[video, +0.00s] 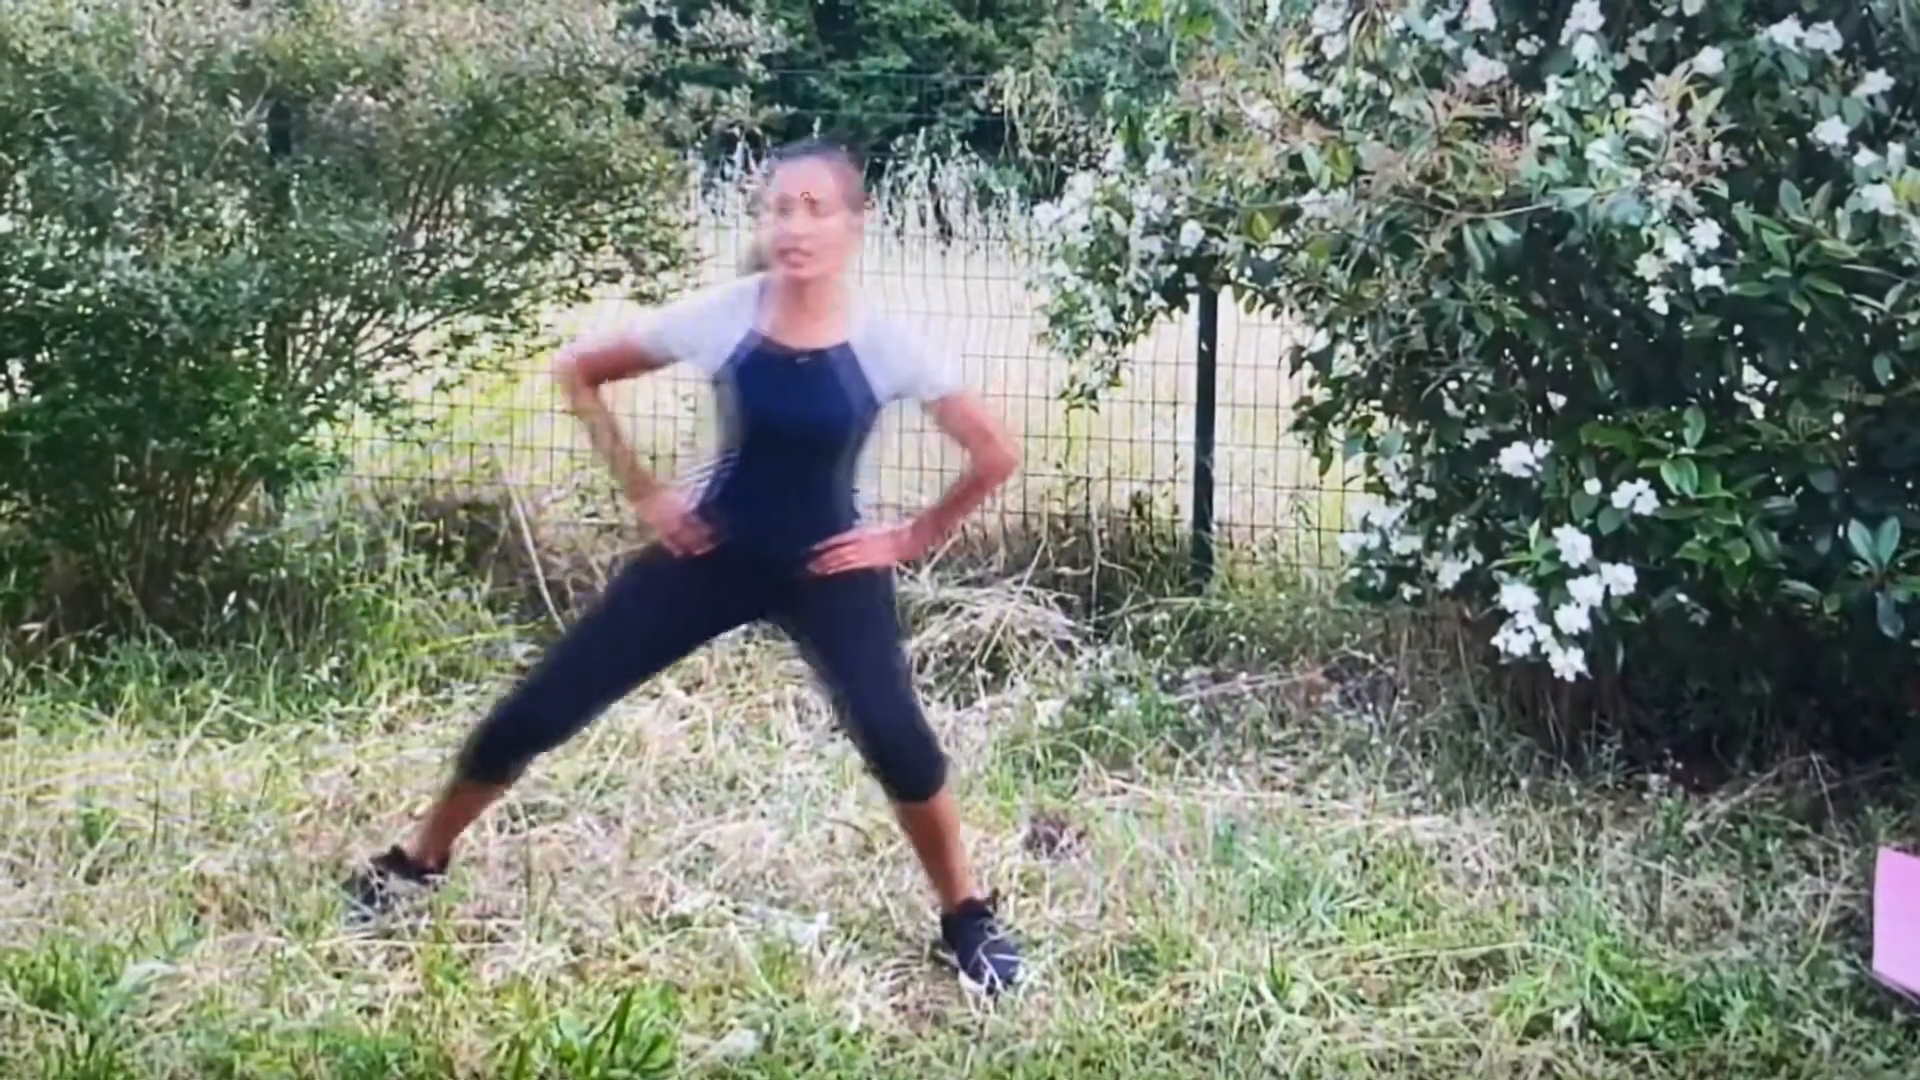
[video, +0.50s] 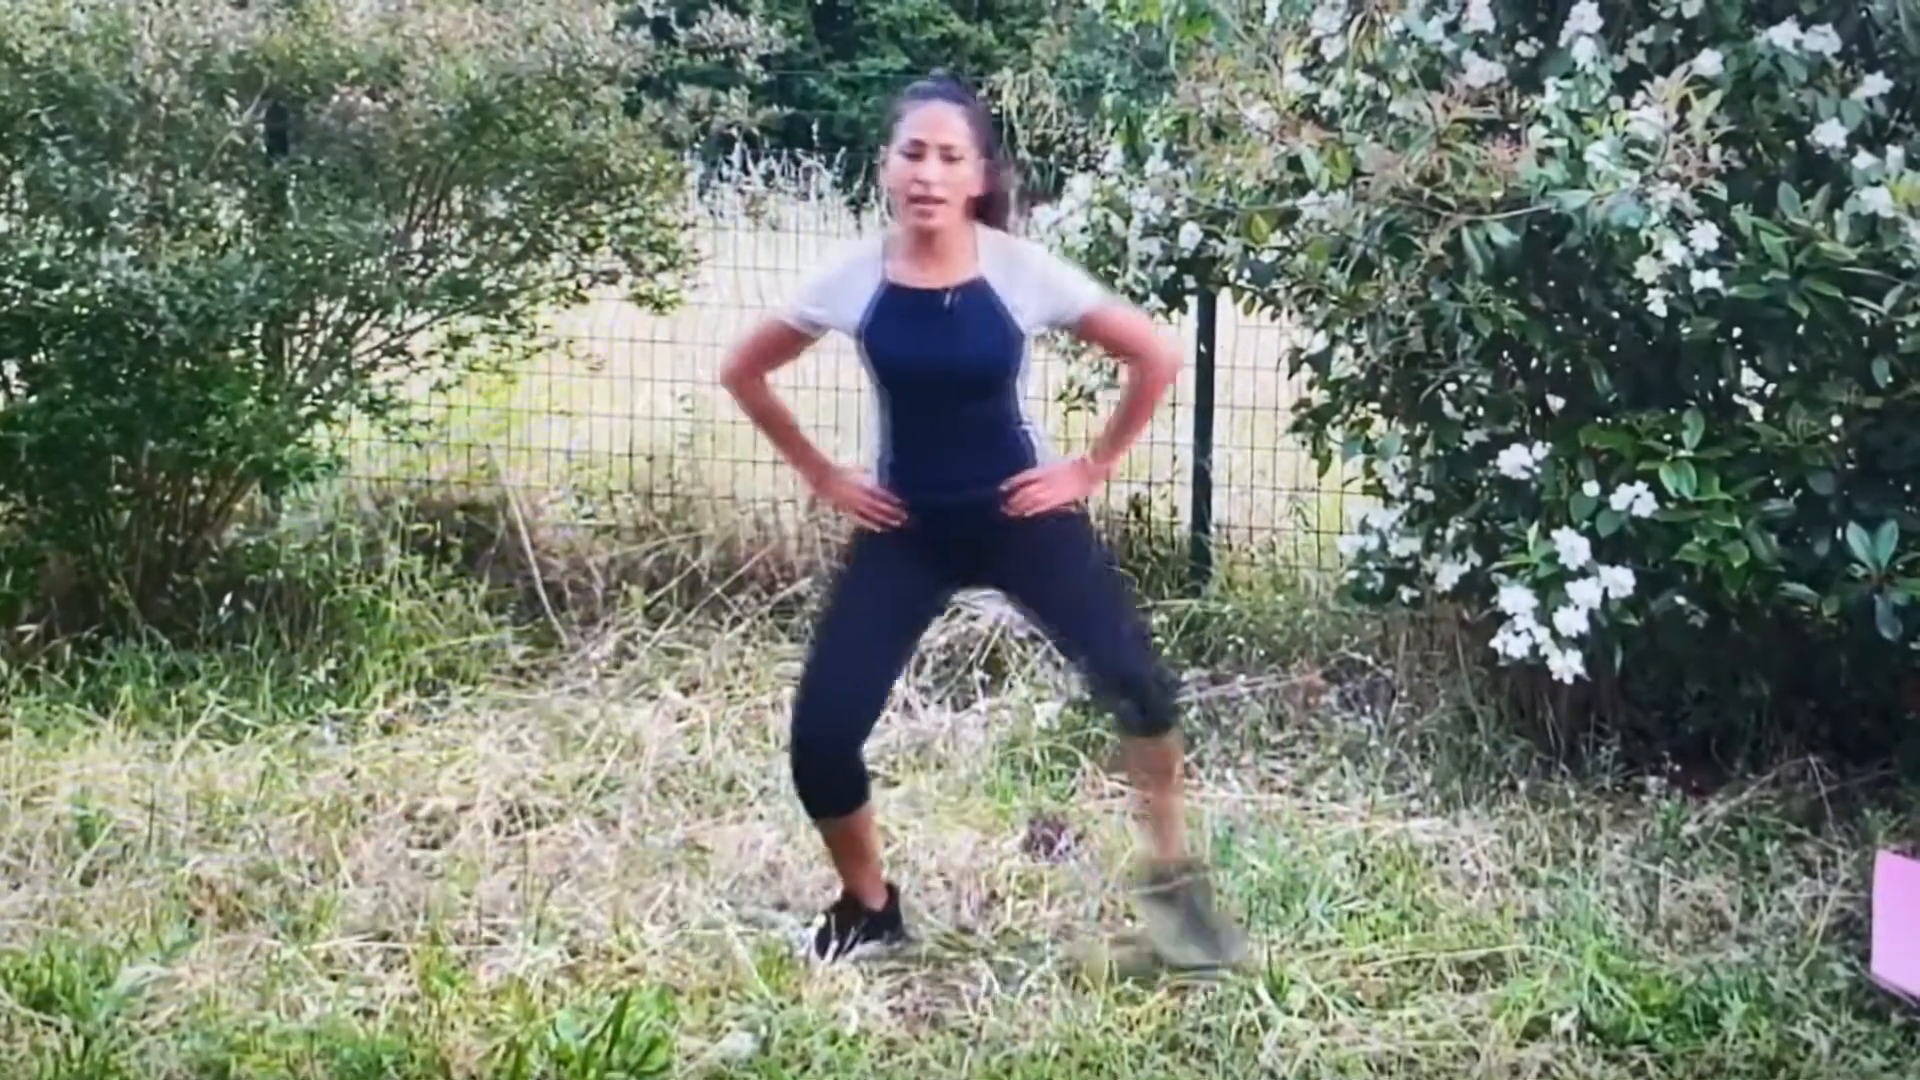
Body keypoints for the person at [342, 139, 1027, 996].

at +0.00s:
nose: (795, 228)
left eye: (817, 209)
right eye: (780, 209)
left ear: (857, 229)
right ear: (760, 225)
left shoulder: (885, 341)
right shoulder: (723, 318)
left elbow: (998, 454)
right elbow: (574, 372)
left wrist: (914, 539)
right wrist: (646, 491)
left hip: (834, 573)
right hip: (710, 560)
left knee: (901, 744)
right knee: (532, 715)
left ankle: (967, 919)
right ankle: (417, 861)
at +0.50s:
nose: (924, 171)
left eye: (947, 155)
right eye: (910, 151)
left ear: (982, 178)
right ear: (885, 169)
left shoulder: (1018, 269)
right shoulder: (857, 278)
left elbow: (1160, 356)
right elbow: (742, 372)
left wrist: (1092, 466)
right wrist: (823, 476)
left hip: (1024, 526)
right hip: (903, 536)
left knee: (1141, 684)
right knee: (820, 741)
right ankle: (869, 908)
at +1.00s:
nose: (1130, 258)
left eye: (1149, 241)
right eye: (1114, 242)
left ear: (1189, 256)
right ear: (1093, 260)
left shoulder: (1239, 355)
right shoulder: (1069, 362)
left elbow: (1364, 454)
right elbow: (941, 449)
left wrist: (1292, 565)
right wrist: (1013, 552)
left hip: (1226, 617)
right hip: (1091, 614)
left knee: (1405, 765)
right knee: (919, 773)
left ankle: (1441, 936)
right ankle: (864, 911)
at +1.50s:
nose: (1036, 243)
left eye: (1058, 225)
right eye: (1027, 224)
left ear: (1106, 246)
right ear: (1013, 242)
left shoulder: (1161, 343)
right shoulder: (1000, 351)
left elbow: (1303, 431)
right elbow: (897, 446)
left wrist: (1240, 542)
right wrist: (976, 538)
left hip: (1175, 601)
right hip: (1046, 598)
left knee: (1331, 768)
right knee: (887, 756)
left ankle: (1435, 933)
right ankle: (864, 910)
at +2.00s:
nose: (902, 161)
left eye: (925, 145)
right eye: (889, 143)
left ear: (966, 169)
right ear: (869, 162)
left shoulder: (998, 277)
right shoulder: (832, 253)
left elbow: (1106, 403)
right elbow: (701, 318)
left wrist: (1023, 499)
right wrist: (769, 438)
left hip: (945, 530)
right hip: (827, 507)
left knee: (947, 731)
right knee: (670, 642)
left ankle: (932, 908)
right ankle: (724, 828)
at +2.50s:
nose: (683, 230)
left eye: (707, 216)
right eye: (673, 210)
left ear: (747, 241)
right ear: (654, 223)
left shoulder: (770, 342)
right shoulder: (608, 318)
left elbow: (898, 452)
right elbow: (489, 391)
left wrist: (814, 541)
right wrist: (557, 509)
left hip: (740, 584)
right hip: (615, 576)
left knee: (851, 735)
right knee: (417, 723)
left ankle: (924, 907)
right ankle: (418, 848)